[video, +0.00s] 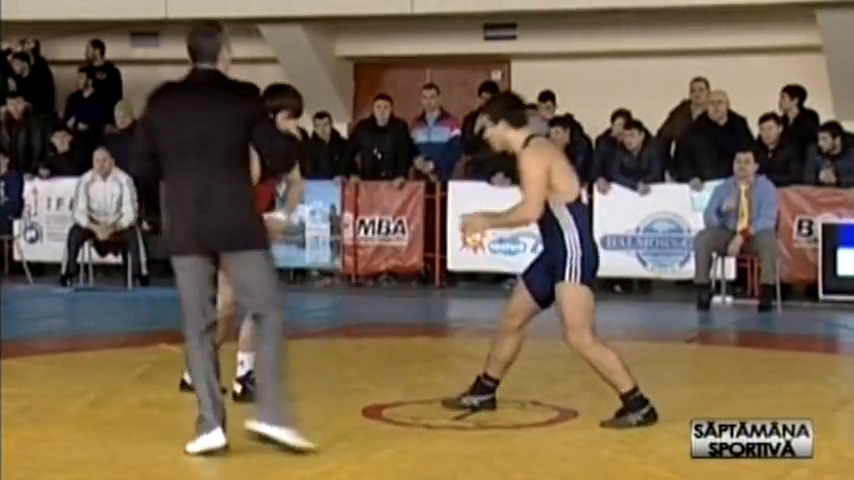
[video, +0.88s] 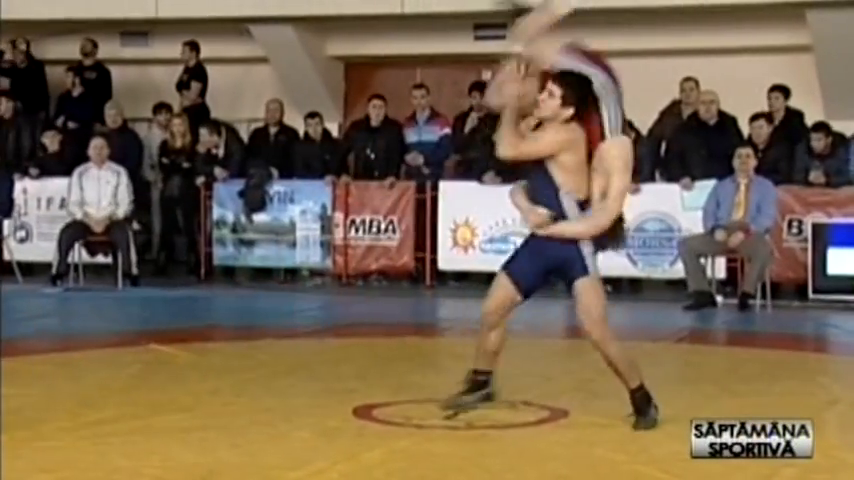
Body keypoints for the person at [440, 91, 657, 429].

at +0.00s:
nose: (487, 138)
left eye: (487, 130)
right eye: (484, 132)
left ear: (503, 124)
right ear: (509, 124)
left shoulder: (535, 153)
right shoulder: (535, 150)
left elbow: (531, 211)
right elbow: (531, 210)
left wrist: (486, 221)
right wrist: (490, 223)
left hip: (573, 252)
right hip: (554, 252)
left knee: (579, 336)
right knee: (512, 319)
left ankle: (636, 402)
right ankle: (484, 390)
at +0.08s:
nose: (461, 150)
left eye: (464, 142)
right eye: (460, 143)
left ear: (484, 139)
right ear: (488, 138)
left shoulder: (509, 164)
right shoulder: (514, 157)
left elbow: (506, 222)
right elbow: (512, 213)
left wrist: (466, 226)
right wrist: (476, 224)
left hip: (566, 249)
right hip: (546, 251)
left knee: (575, 334)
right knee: (502, 313)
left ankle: (633, 400)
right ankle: (483, 389)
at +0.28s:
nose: (427, 186)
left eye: (428, 178)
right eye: (425, 179)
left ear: (445, 171)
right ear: (450, 169)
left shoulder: (466, 192)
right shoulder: (475, 183)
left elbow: (468, 251)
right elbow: (492, 235)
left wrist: (424, 238)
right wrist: (452, 225)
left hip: (558, 254)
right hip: (539, 258)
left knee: (582, 331)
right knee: (484, 309)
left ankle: (646, 395)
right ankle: (480, 390)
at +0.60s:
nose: (438, 172)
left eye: (442, 166)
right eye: (439, 166)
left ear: (457, 166)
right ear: (467, 166)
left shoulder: (472, 195)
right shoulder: (478, 191)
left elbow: (423, 230)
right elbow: (442, 240)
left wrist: (409, 187)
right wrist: (424, 195)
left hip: (538, 271)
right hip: (518, 270)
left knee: (563, 356)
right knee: (457, 314)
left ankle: (639, 402)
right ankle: (475, 391)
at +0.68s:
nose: (466, 137)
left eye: (474, 132)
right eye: (470, 130)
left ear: (492, 140)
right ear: (495, 142)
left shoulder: (499, 173)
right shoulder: (492, 172)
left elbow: (442, 204)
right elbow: (449, 206)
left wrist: (439, 158)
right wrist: (441, 161)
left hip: (533, 264)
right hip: (511, 265)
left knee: (554, 349)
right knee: (451, 318)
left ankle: (628, 398)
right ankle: (472, 392)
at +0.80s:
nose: (525, 110)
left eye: (533, 106)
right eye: (528, 105)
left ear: (548, 117)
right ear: (545, 116)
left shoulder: (544, 149)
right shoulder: (535, 146)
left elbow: (483, 158)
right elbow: (489, 157)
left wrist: (485, 118)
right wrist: (491, 119)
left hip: (551, 247)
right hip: (522, 248)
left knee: (572, 335)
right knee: (472, 317)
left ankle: (630, 397)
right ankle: (471, 390)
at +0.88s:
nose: (541, 97)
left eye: (548, 93)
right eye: (542, 91)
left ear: (565, 103)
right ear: (547, 99)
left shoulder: (569, 134)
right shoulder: (541, 128)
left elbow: (506, 151)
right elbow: (507, 150)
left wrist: (511, 109)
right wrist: (512, 100)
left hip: (574, 242)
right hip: (538, 241)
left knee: (595, 328)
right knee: (492, 311)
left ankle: (641, 397)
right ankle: (481, 382)